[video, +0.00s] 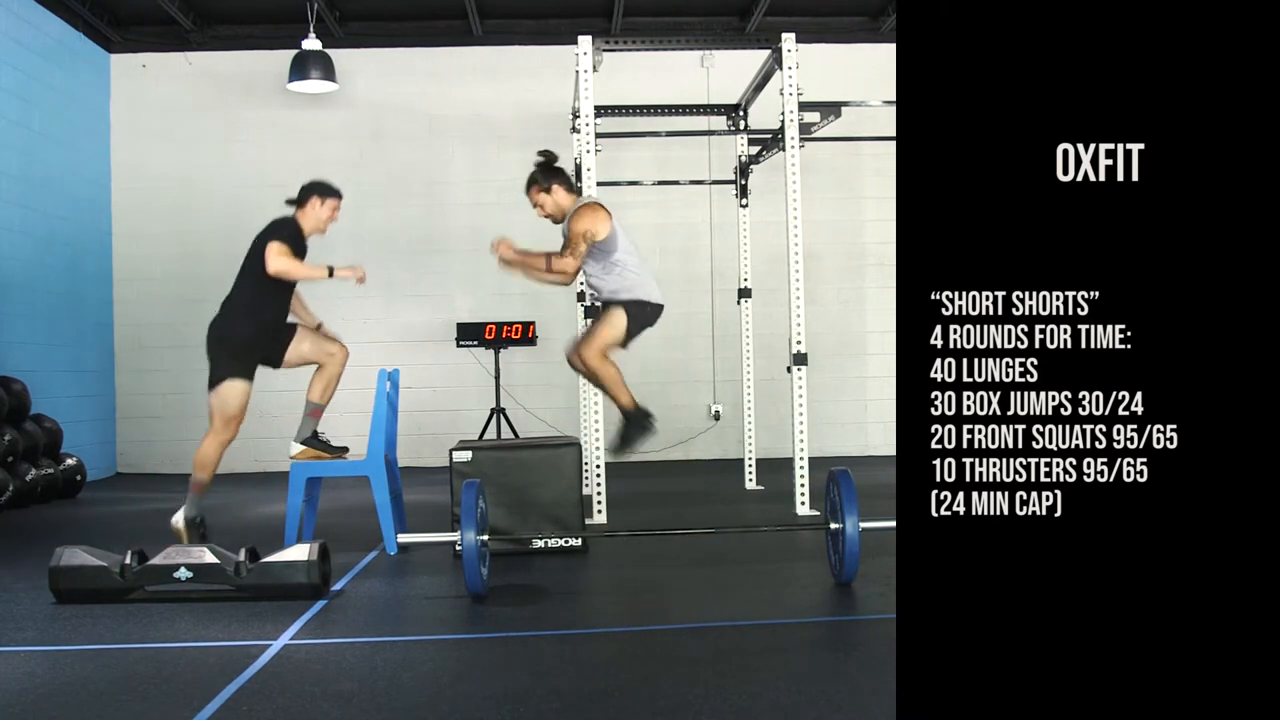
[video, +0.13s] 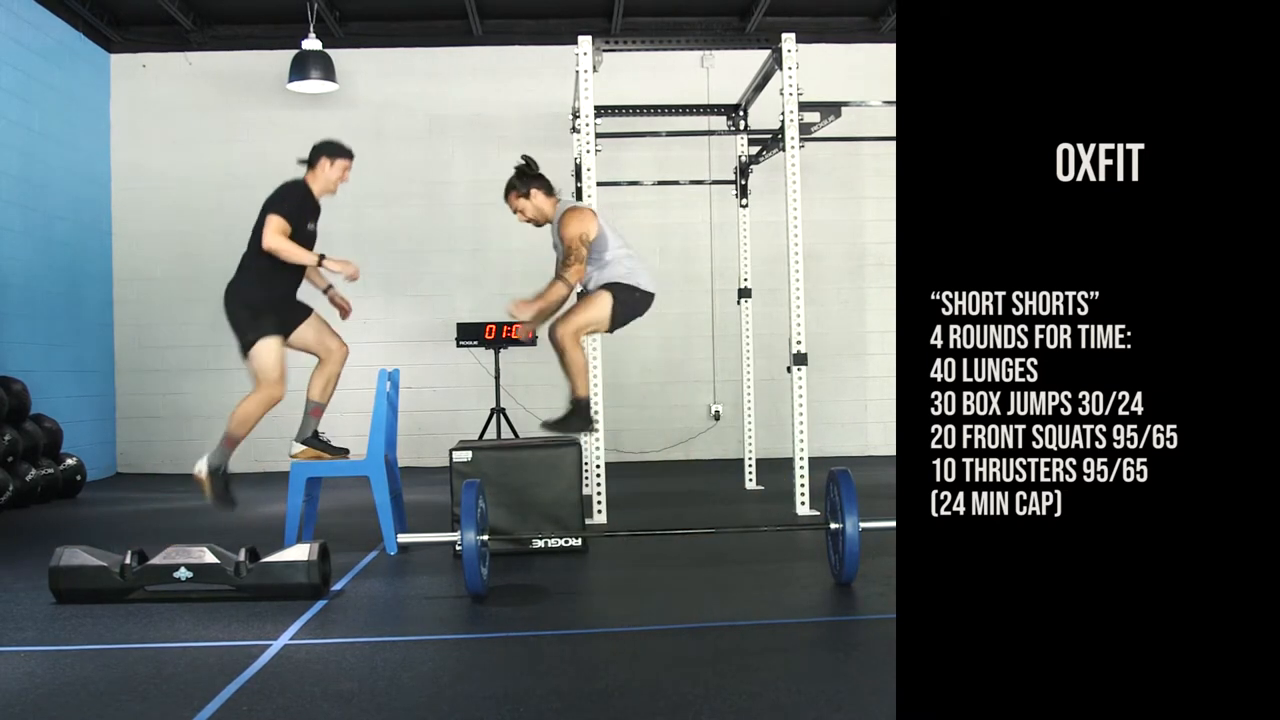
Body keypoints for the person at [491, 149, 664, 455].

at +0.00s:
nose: (540, 214)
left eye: (539, 205)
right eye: (536, 207)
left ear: (555, 190)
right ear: (555, 190)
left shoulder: (585, 215)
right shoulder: (580, 218)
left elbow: (567, 263)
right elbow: (566, 276)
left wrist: (516, 254)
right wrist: (518, 265)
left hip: (637, 300)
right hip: (621, 301)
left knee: (589, 352)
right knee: (576, 355)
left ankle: (635, 415)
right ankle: (632, 413)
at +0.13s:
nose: (522, 218)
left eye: (519, 210)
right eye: (516, 213)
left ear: (535, 194)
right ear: (535, 195)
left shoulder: (574, 219)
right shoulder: (563, 224)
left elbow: (571, 275)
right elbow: (563, 281)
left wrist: (536, 306)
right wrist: (534, 322)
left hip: (628, 286)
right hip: (616, 287)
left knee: (564, 331)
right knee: (560, 331)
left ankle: (582, 411)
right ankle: (579, 410)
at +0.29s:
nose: (509, 204)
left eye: (508, 195)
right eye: (505, 199)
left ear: (524, 181)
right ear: (525, 183)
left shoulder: (559, 209)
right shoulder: (549, 213)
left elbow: (589, 254)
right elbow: (584, 256)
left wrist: (579, 303)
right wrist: (575, 302)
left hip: (603, 297)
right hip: (596, 296)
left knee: (547, 348)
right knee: (546, 347)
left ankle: (572, 424)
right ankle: (571, 423)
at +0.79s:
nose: (515, 162)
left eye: (514, 153)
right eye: (511, 157)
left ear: (530, 137)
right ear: (532, 138)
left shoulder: (560, 164)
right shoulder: (554, 167)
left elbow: (592, 202)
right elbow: (584, 209)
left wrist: (583, 259)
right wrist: (571, 262)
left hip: (585, 268)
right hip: (577, 268)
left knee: (570, 337)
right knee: (569, 338)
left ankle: (577, 419)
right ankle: (574, 417)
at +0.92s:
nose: (521, 165)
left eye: (520, 156)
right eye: (516, 159)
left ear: (537, 141)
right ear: (539, 141)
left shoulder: (563, 167)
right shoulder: (568, 167)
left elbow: (599, 204)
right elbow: (611, 207)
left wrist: (593, 259)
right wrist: (593, 255)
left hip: (591, 270)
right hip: (597, 269)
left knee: (570, 339)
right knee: (578, 338)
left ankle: (577, 424)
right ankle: (609, 405)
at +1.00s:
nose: (529, 172)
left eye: (527, 163)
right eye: (525, 167)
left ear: (545, 148)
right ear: (546, 149)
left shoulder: (572, 174)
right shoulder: (573, 173)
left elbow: (613, 202)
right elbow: (616, 201)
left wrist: (603, 260)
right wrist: (599, 259)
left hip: (597, 275)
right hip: (604, 275)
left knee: (563, 340)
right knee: (585, 345)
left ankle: (575, 424)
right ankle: (634, 409)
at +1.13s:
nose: (541, 193)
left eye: (541, 185)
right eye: (538, 188)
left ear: (560, 171)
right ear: (558, 173)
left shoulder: (590, 195)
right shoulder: (576, 203)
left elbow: (634, 219)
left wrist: (617, 271)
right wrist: (596, 282)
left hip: (613, 293)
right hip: (615, 294)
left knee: (554, 345)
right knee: (614, 373)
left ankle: (575, 426)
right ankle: (654, 446)